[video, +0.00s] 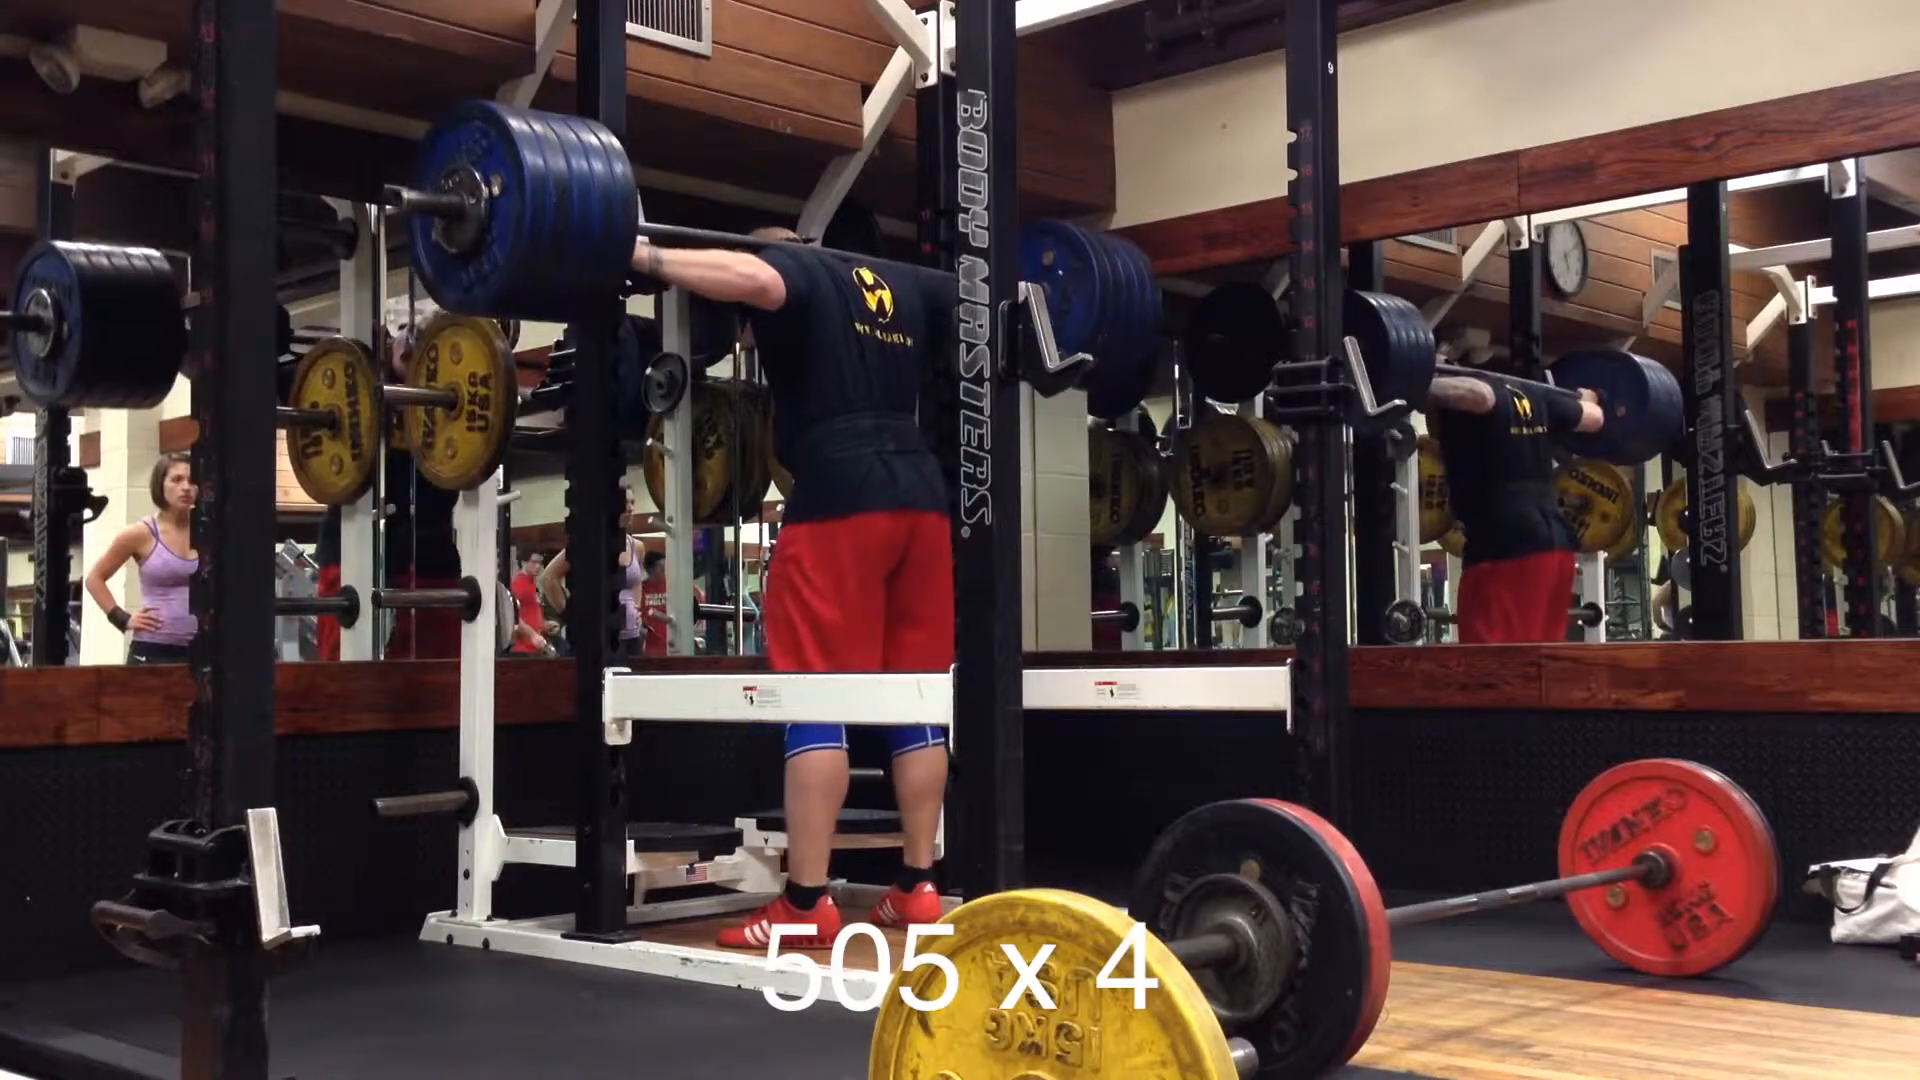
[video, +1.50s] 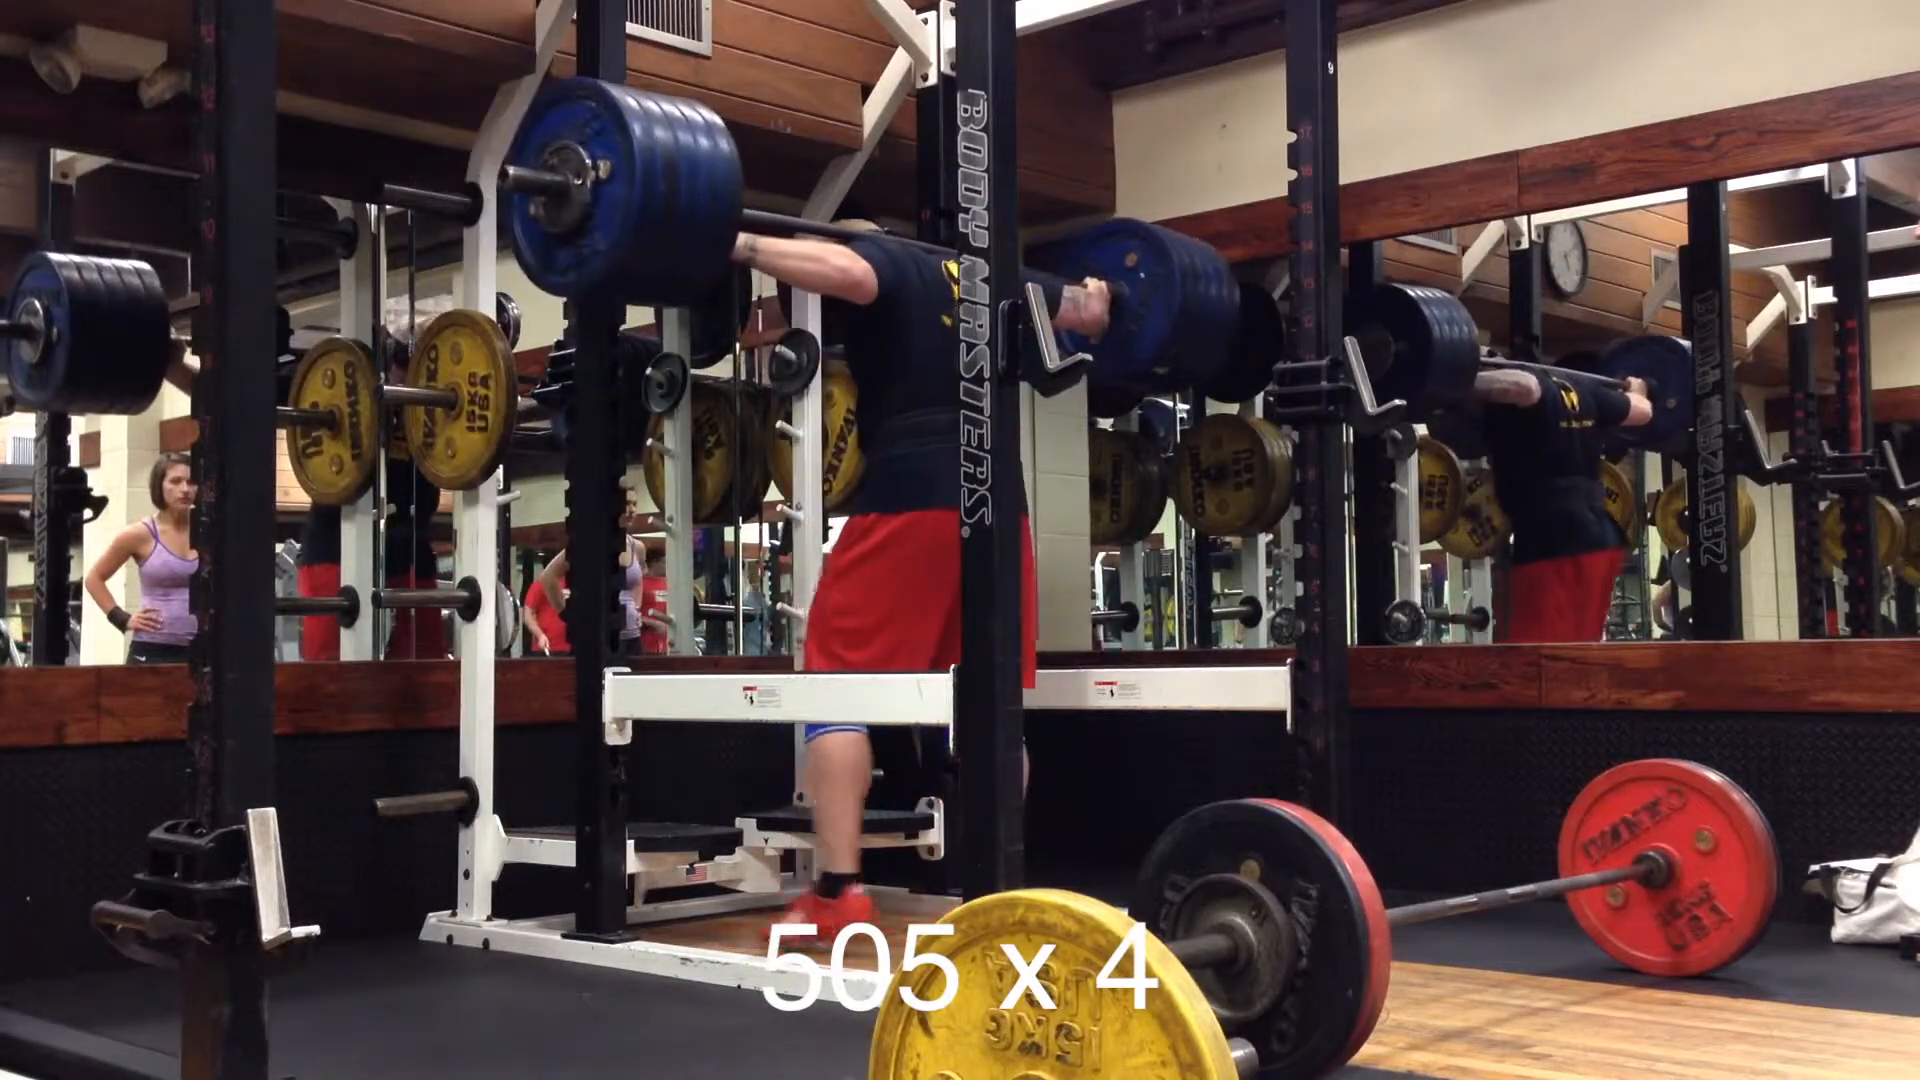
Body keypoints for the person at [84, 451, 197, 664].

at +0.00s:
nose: (186, 488)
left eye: (192, 480)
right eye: (177, 480)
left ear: (200, 487)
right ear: (160, 485)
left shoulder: (205, 529)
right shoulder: (140, 534)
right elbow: (94, 579)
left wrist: (212, 614)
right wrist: (123, 619)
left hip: (199, 647)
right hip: (153, 648)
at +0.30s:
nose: (186, 488)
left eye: (192, 481)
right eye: (177, 481)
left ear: (199, 487)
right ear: (160, 486)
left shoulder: (204, 529)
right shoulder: (140, 533)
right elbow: (94, 578)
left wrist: (212, 615)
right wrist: (122, 619)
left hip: (199, 647)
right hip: (153, 648)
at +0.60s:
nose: (186, 489)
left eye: (192, 482)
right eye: (177, 481)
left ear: (199, 487)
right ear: (160, 486)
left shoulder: (204, 529)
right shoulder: (140, 533)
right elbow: (94, 578)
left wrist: (212, 615)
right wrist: (123, 619)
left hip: (199, 647)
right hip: (153, 648)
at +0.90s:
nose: (186, 489)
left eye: (192, 482)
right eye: (177, 482)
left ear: (200, 488)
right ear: (160, 487)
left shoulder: (204, 530)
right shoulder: (140, 534)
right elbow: (94, 579)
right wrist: (123, 619)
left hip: (199, 648)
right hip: (153, 647)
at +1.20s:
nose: (185, 489)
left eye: (191, 481)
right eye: (176, 481)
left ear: (199, 487)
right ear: (159, 486)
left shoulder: (204, 528)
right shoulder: (140, 534)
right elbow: (93, 579)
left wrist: (212, 613)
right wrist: (123, 620)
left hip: (199, 647)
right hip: (153, 648)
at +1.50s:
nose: (185, 489)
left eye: (191, 482)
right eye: (176, 481)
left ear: (198, 487)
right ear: (159, 486)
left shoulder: (205, 528)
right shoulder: (140, 535)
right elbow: (93, 579)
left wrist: (213, 613)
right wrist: (123, 620)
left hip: (200, 647)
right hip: (153, 648)